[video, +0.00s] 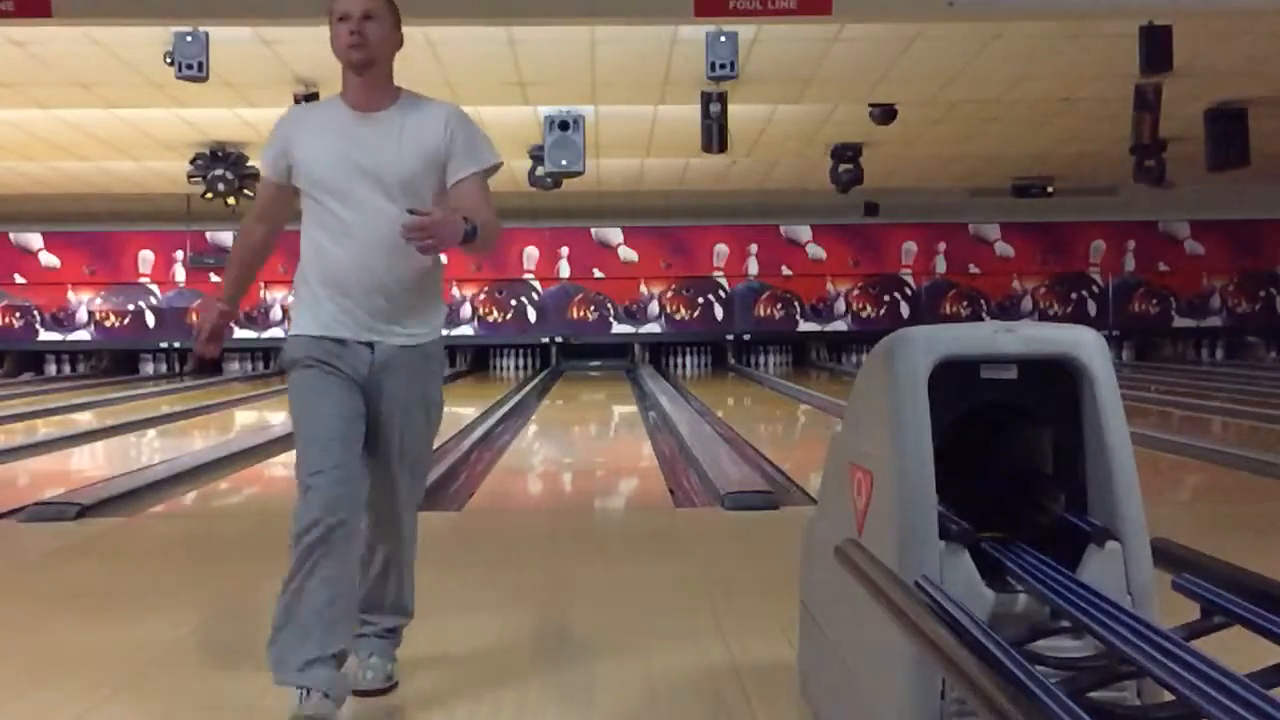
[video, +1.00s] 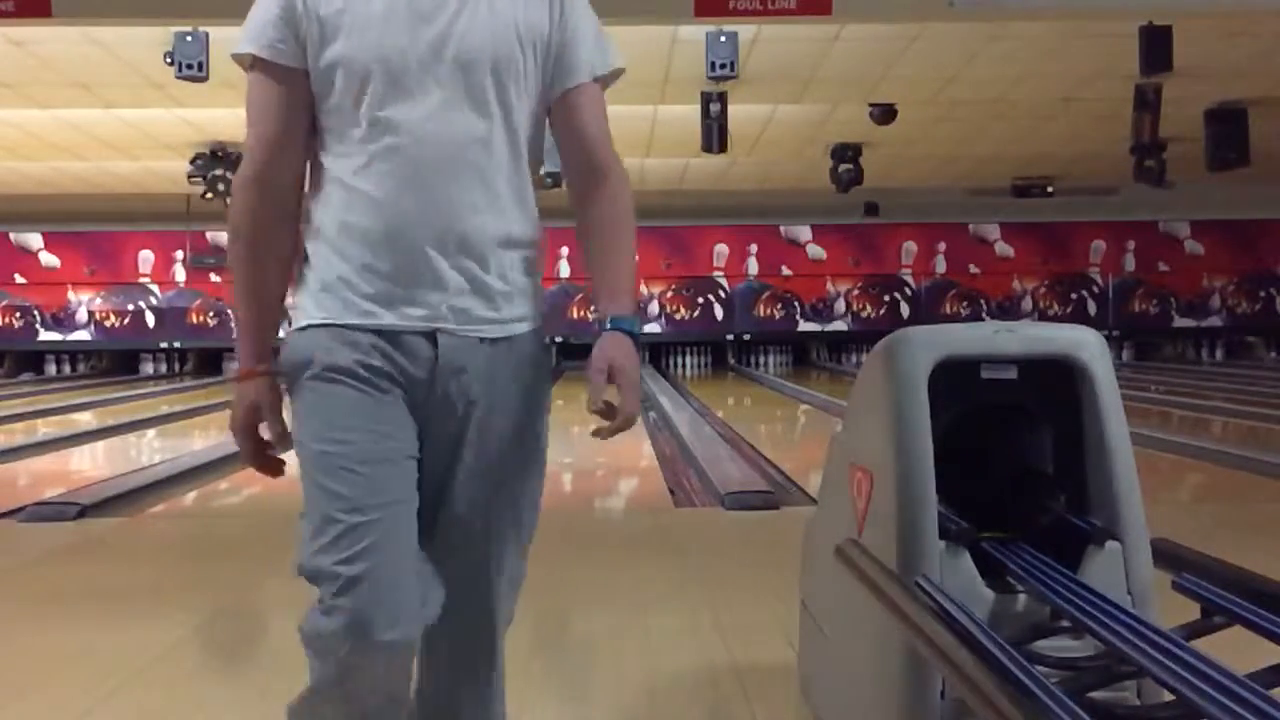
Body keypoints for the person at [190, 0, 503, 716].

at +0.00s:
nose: (352, 30)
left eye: (367, 18)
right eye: (341, 21)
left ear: (397, 33)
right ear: (330, 37)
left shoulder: (442, 123)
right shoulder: (299, 126)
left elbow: (485, 231)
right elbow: (262, 222)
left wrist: (459, 229)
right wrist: (223, 301)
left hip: (412, 345)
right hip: (321, 341)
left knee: (393, 505)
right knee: (329, 500)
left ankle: (377, 638)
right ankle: (312, 674)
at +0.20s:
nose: (337, 5)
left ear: (382, 11)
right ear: (312, 11)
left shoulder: (432, 100)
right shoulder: (274, 110)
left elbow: (456, 209)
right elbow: (256, 236)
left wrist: (463, 314)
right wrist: (249, 336)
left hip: (405, 349)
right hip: (305, 343)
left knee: (401, 525)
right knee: (319, 526)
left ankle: (379, 635)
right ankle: (320, 704)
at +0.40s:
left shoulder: (437, 74)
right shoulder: (260, 85)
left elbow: (471, 208)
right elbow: (239, 214)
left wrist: (483, 326)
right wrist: (236, 324)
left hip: (406, 340)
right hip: (293, 342)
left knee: (414, 525)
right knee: (317, 541)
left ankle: (414, 671)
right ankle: (325, 705)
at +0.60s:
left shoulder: (458, 64)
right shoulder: (265, 60)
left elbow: (491, 209)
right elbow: (214, 161)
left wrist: (504, 327)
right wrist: (209, 230)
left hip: (423, 346)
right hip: (302, 347)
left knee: (429, 536)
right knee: (320, 549)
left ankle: (441, 710)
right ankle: (324, 708)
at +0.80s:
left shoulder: (504, 39)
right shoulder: (293, 21)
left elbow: (526, 201)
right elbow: (246, 149)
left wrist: (537, 344)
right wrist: (209, 247)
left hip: (464, 345)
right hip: (329, 348)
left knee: (461, 590)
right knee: (321, 585)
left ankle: (448, 714)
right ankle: (319, 708)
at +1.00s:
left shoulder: (548, 8)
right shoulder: (300, 6)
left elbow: (595, 172)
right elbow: (266, 179)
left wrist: (617, 322)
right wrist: (252, 362)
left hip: (500, 338)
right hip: (346, 332)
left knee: (472, 627)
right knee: (376, 616)